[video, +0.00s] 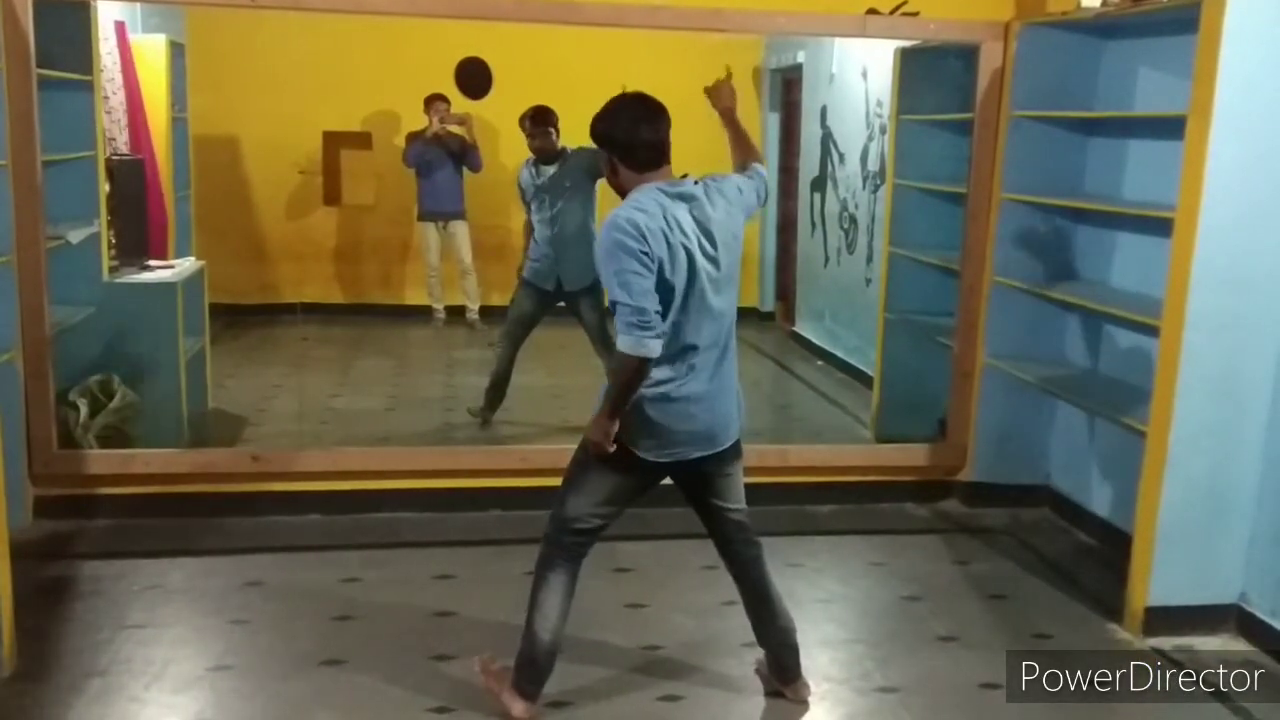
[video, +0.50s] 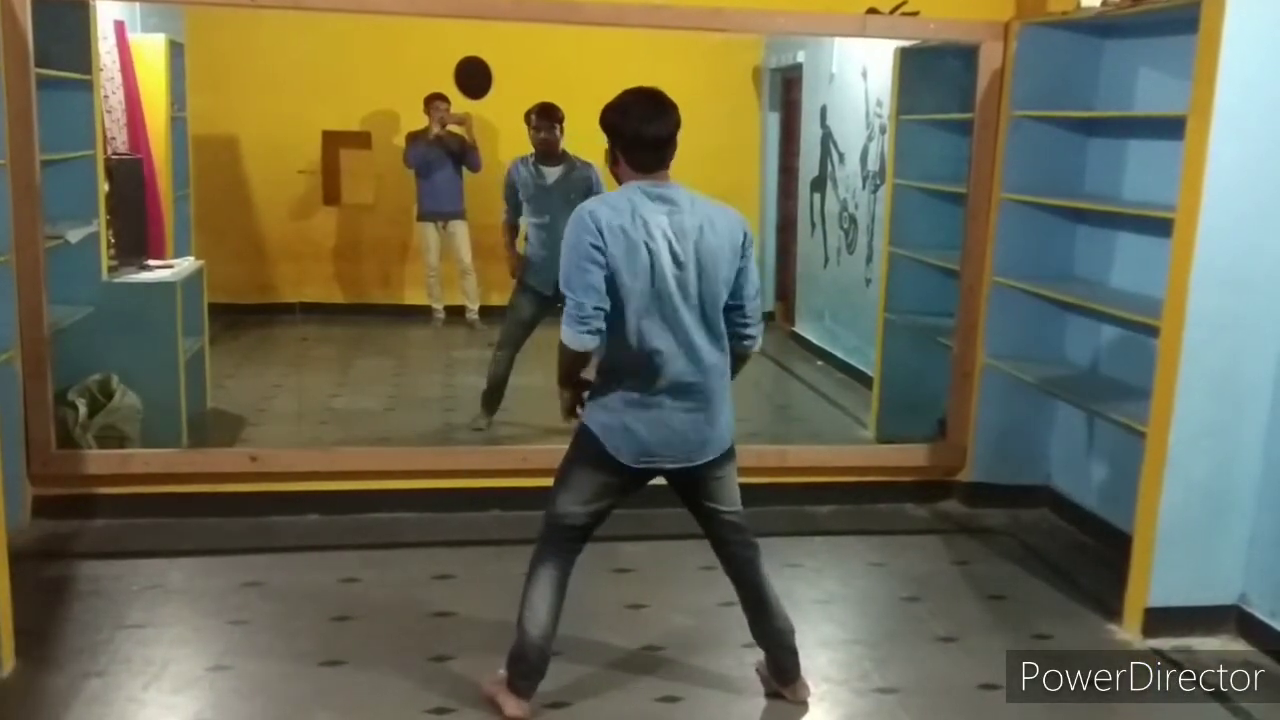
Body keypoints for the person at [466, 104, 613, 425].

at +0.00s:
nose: (534, 143)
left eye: (539, 136)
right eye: (529, 137)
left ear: (556, 133)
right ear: (525, 138)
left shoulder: (583, 161)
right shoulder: (527, 174)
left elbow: (623, 161)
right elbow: (531, 221)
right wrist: (524, 267)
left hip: (580, 272)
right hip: (539, 272)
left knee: (603, 343)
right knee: (509, 339)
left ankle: (630, 405)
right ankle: (487, 410)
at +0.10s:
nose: (540, 141)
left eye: (545, 134)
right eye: (534, 135)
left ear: (558, 133)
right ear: (527, 137)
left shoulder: (582, 161)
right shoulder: (525, 173)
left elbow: (625, 158)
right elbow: (527, 216)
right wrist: (521, 254)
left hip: (580, 273)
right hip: (538, 272)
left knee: (607, 346)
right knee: (508, 343)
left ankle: (623, 410)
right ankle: (487, 411)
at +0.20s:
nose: (539, 139)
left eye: (545, 132)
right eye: (533, 133)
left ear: (559, 132)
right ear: (526, 135)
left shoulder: (582, 162)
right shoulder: (522, 173)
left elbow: (623, 171)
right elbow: (521, 216)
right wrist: (518, 256)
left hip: (580, 273)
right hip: (537, 273)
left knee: (606, 343)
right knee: (507, 342)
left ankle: (607, 406)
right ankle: (487, 409)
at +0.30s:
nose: (538, 137)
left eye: (545, 131)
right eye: (533, 131)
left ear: (559, 132)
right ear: (526, 134)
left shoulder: (581, 164)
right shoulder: (521, 172)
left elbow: (619, 187)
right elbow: (519, 216)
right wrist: (517, 255)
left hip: (579, 272)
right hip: (537, 273)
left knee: (604, 342)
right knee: (506, 345)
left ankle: (600, 405)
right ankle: (488, 409)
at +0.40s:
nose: (539, 136)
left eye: (546, 129)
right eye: (534, 130)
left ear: (559, 131)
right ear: (526, 133)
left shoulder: (585, 171)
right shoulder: (519, 173)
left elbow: (610, 214)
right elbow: (517, 218)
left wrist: (606, 256)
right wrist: (516, 255)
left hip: (581, 272)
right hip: (538, 272)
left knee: (594, 343)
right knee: (507, 342)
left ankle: (581, 408)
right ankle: (486, 412)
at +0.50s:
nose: (545, 136)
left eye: (551, 129)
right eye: (538, 129)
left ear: (562, 130)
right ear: (529, 132)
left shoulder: (585, 173)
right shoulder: (519, 172)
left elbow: (601, 218)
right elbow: (512, 216)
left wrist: (597, 260)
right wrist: (511, 254)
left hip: (579, 274)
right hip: (537, 273)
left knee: (598, 343)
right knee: (507, 344)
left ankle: (597, 409)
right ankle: (486, 412)